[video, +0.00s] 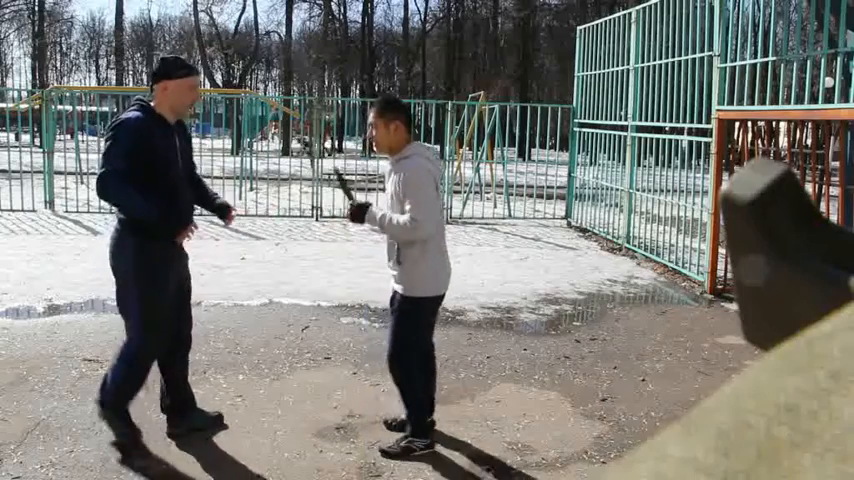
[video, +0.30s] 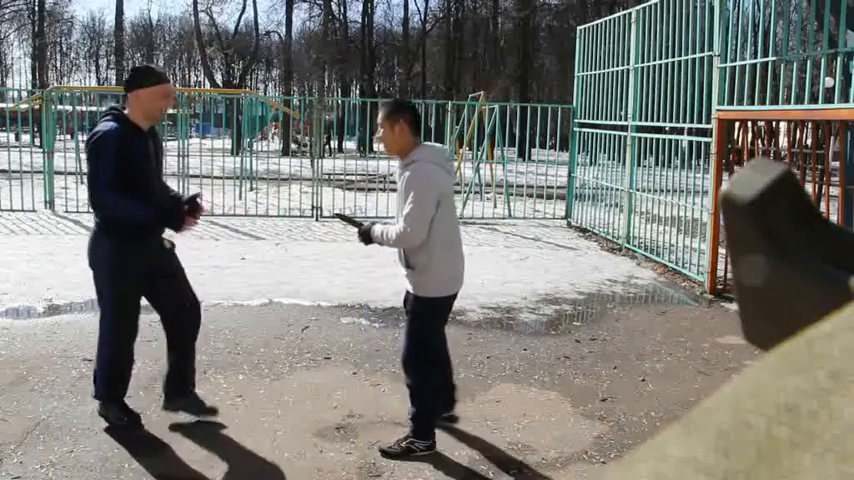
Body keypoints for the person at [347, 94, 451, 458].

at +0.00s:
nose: (371, 135)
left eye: (374, 127)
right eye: (370, 128)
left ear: (396, 127)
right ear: (395, 128)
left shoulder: (414, 167)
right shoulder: (403, 163)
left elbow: (420, 226)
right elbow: (405, 217)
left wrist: (371, 216)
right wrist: (371, 212)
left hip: (420, 284)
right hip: (414, 280)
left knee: (401, 357)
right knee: (415, 350)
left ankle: (420, 435)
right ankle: (419, 417)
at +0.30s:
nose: (379, 137)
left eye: (382, 129)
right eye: (378, 129)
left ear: (402, 127)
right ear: (401, 128)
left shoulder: (422, 171)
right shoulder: (423, 164)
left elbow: (411, 234)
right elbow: (416, 226)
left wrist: (371, 232)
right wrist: (377, 228)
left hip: (433, 282)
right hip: (436, 277)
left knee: (416, 355)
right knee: (432, 343)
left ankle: (422, 436)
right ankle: (443, 405)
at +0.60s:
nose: (398, 141)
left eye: (401, 133)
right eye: (398, 134)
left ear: (422, 133)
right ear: (424, 134)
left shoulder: (433, 176)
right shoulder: (450, 167)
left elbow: (430, 235)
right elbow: (439, 224)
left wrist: (388, 234)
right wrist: (398, 226)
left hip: (437, 285)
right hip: (458, 280)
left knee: (412, 358)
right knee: (458, 344)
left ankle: (421, 436)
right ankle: (475, 409)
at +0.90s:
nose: (408, 141)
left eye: (411, 133)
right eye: (408, 134)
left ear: (430, 132)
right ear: (435, 132)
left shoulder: (442, 171)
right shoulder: (462, 161)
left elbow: (450, 227)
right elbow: (442, 207)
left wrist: (405, 213)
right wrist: (408, 202)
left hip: (448, 279)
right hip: (473, 274)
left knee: (413, 347)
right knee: (473, 342)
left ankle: (401, 421)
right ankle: (479, 413)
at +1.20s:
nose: (389, 145)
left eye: (392, 138)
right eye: (388, 138)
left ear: (410, 136)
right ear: (412, 136)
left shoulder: (425, 176)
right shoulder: (436, 165)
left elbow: (434, 233)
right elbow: (425, 214)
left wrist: (384, 227)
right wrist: (390, 210)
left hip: (431, 281)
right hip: (451, 277)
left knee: (406, 351)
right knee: (454, 342)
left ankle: (390, 419)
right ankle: (476, 408)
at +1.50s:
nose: (374, 144)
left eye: (376, 137)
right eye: (373, 137)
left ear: (394, 135)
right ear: (398, 135)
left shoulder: (411, 173)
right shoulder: (423, 163)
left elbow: (392, 228)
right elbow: (412, 213)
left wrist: (346, 224)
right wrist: (376, 210)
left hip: (421, 276)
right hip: (436, 271)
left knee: (399, 346)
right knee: (428, 329)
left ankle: (389, 418)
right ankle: (453, 388)